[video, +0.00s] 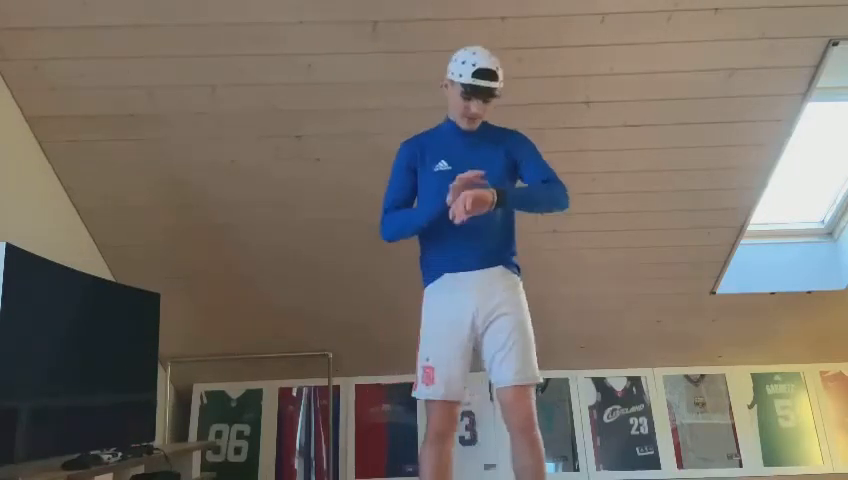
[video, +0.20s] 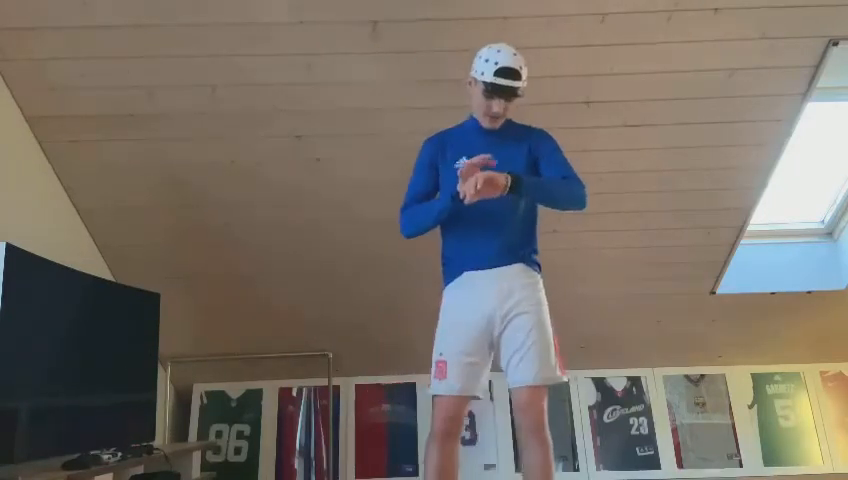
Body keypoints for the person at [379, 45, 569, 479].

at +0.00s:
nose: (475, 106)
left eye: (485, 97)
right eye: (467, 94)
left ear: (495, 96)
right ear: (448, 87)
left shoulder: (511, 143)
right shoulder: (416, 150)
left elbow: (557, 196)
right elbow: (390, 228)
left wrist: (497, 195)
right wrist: (444, 199)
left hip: (502, 289)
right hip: (444, 293)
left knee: (521, 410)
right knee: (441, 420)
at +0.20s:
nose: (498, 106)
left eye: (509, 97)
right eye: (490, 94)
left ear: (519, 94)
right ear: (472, 84)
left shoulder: (534, 141)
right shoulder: (439, 146)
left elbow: (576, 195)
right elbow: (409, 223)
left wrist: (511, 182)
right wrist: (455, 192)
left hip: (522, 288)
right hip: (463, 293)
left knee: (532, 413)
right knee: (447, 419)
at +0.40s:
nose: (511, 104)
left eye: (522, 95)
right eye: (503, 92)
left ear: (532, 92)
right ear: (485, 83)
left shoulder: (548, 140)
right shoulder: (452, 144)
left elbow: (590, 192)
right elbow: (427, 224)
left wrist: (523, 175)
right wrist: (467, 189)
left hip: (529, 289)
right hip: (472, 292)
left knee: (535, 415)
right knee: (468, 414)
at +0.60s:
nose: (516, 103)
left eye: (526, 93)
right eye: (508, 91)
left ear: (537, 90)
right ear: (490, 82)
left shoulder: (554, 140)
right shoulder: (457, 143)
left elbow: (597, 190)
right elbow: (432, 223)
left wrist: (529, 171)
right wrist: (472, 186)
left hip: (535, 289)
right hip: (477, 291)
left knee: (538, 416)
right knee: (468, 415)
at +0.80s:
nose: (519, 104)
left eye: (529, 95)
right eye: (511, 93)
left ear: (541, 92)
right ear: (494, 83)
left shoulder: (558, 139)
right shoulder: (460, 143)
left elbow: (600, 190)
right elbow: (435, 222)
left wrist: (530, 170)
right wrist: (475, 186)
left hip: (538, 288)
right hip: (480, 290)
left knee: (540, 417)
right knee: (466, 415)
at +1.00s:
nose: (521, 106)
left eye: (531, 97)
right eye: (513, 95)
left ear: (543, 92)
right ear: (497, 85)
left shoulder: (561, 139)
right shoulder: (464, 143)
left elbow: (602, 191)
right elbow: (440, 223)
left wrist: (530, 171)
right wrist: (473, 189)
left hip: (539, 288)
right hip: (482, 290)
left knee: (541, 416)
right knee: (467, 415)